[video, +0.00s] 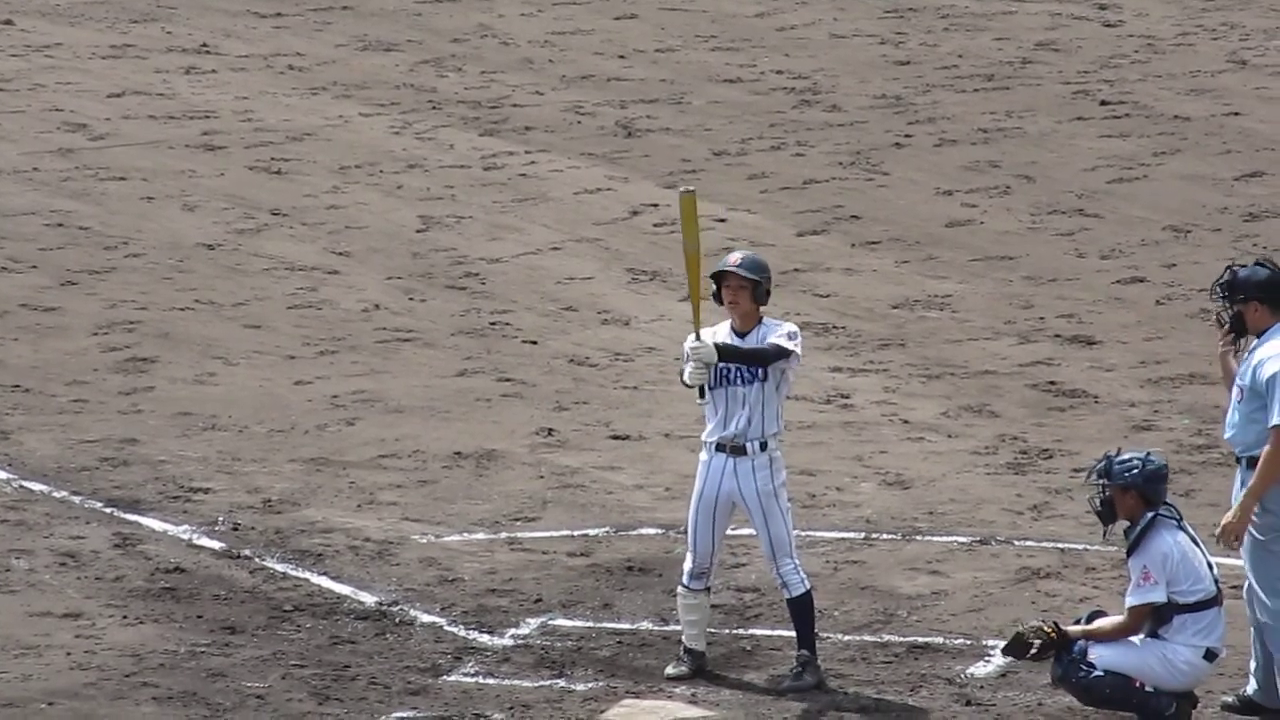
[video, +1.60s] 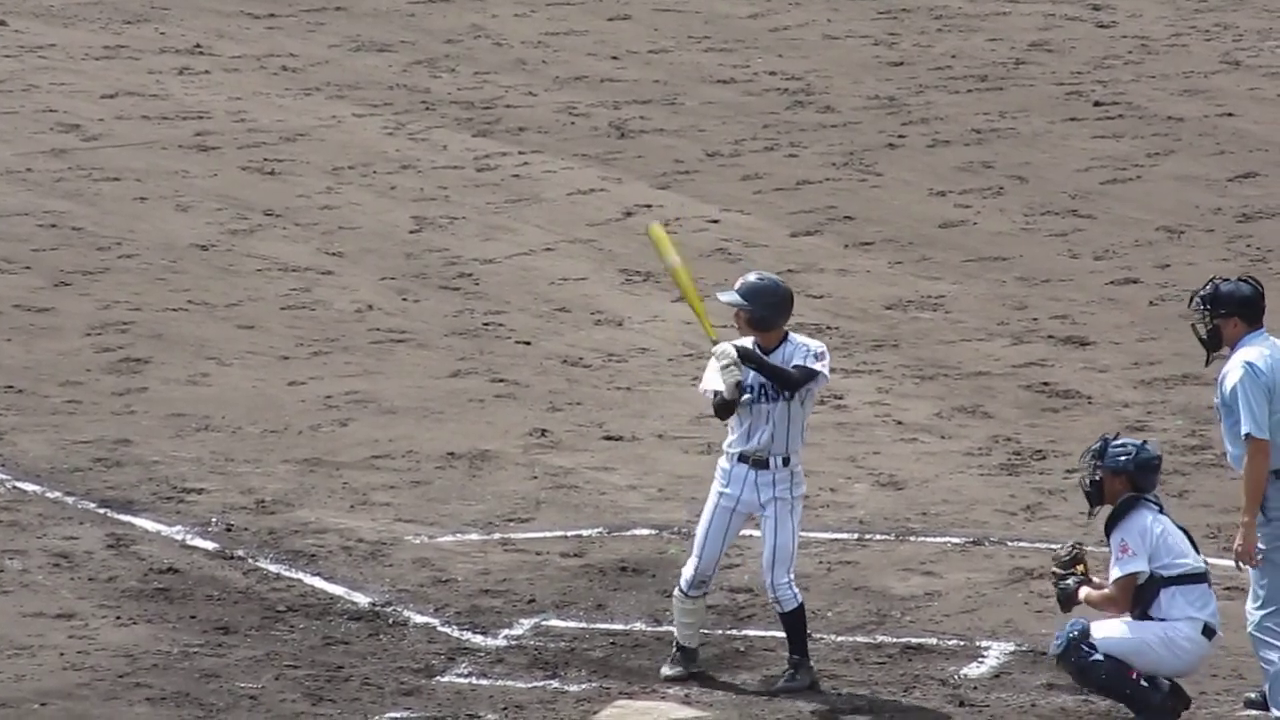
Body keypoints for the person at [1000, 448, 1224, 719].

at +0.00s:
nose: (1105, 497)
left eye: (1111, 491)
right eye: (1106, 490)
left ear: (1132, 496)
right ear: (1135, 495)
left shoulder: (1153, 543)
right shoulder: (1164, 522)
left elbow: (1133, 624)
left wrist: (1071, 633)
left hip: (1184, 659)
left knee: (1072, 664)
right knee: (1091, 622)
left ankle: (1163, 706)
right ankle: (1173, 692)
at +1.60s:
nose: (1093, 479)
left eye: (1101, 473)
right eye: (1096, 472)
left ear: (1122, 479)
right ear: (1126, 480)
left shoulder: (1131, 520)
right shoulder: (1144, 513)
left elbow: (1120, 601)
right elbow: (1138, 593)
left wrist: (1082, 592)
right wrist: (1095, 584)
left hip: (1181, 638)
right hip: (1188, 633)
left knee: (1074, 644)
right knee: (1085, 631)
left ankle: (1154, 705)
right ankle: (1163, 692)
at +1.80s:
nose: (1091, 471)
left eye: (1097, 465)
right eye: (1093, 464)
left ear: (1119, 471)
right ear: (1123, 472)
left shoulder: (1131, 510)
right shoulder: (1141, 506)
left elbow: (1122, 591)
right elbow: (1132, 586)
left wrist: (1085, 586)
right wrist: (1093, 579)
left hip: (1185, 627)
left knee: (1082, 619)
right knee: (1068, 646)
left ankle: (1126, 708)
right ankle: (1156, 691)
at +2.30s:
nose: (1075, 500)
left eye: (1081, 493)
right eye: (1077, 492)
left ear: (1103, 497)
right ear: (1105, 498)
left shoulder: (1122, 539)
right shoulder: (1129, 529)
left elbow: (1106, 619)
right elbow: (1117, 609)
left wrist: (1065, 612)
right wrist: (1071, 595)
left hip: (1177, 652)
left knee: (1066, 647)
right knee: (1083, 639)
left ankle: (1099, 714)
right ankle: (1159, 703)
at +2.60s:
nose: (1061, 523)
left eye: (1067, 516)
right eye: (1062, 515)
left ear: (1088, 520)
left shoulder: (1102, 562)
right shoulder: (1125, 542)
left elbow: (1083, 639)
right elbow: (1113, 620)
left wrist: (1049, 634)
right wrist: (1070, 609)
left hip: (1155, 685)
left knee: (1040, 661)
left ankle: (1093, 714)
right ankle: (1145, 711)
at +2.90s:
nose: (1040, 538)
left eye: (1044, 530)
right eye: (1040, 530)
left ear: (1064, 531)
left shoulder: (1081, 574)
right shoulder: (1108, 548)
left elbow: (1061, 648)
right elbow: (1098, 626)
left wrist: (1031, 639)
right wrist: (1051, 609)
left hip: (1138, 694)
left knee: (1022, 671)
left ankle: (1090, 714)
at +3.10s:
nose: (1027, 544)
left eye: (1032, 537)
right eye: (1027, 537)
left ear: (1052, 538)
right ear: (1074, 530)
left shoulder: (1068, 583)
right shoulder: (1097, 550)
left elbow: (1052, 657)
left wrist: (1026, 643)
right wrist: (1034, 605)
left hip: (1133, 697)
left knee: (1016, 677)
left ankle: (1079, 712)